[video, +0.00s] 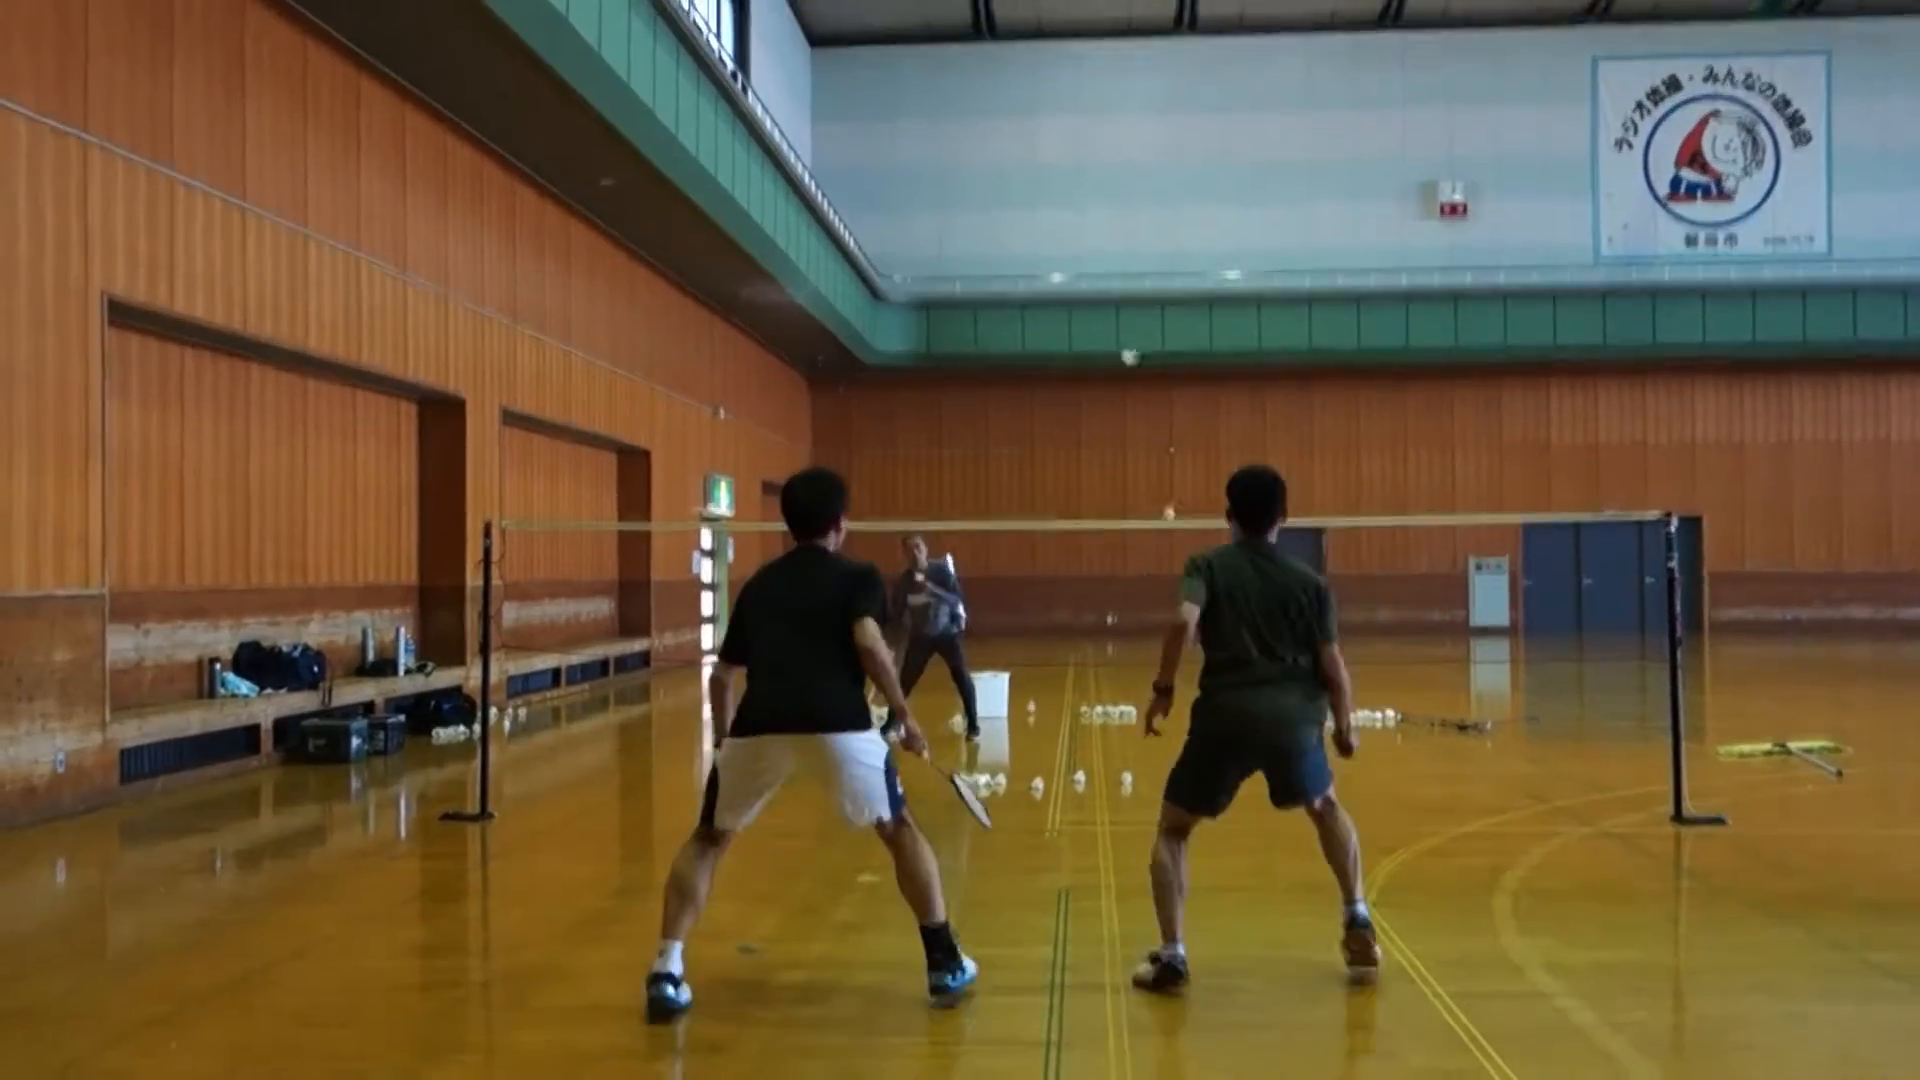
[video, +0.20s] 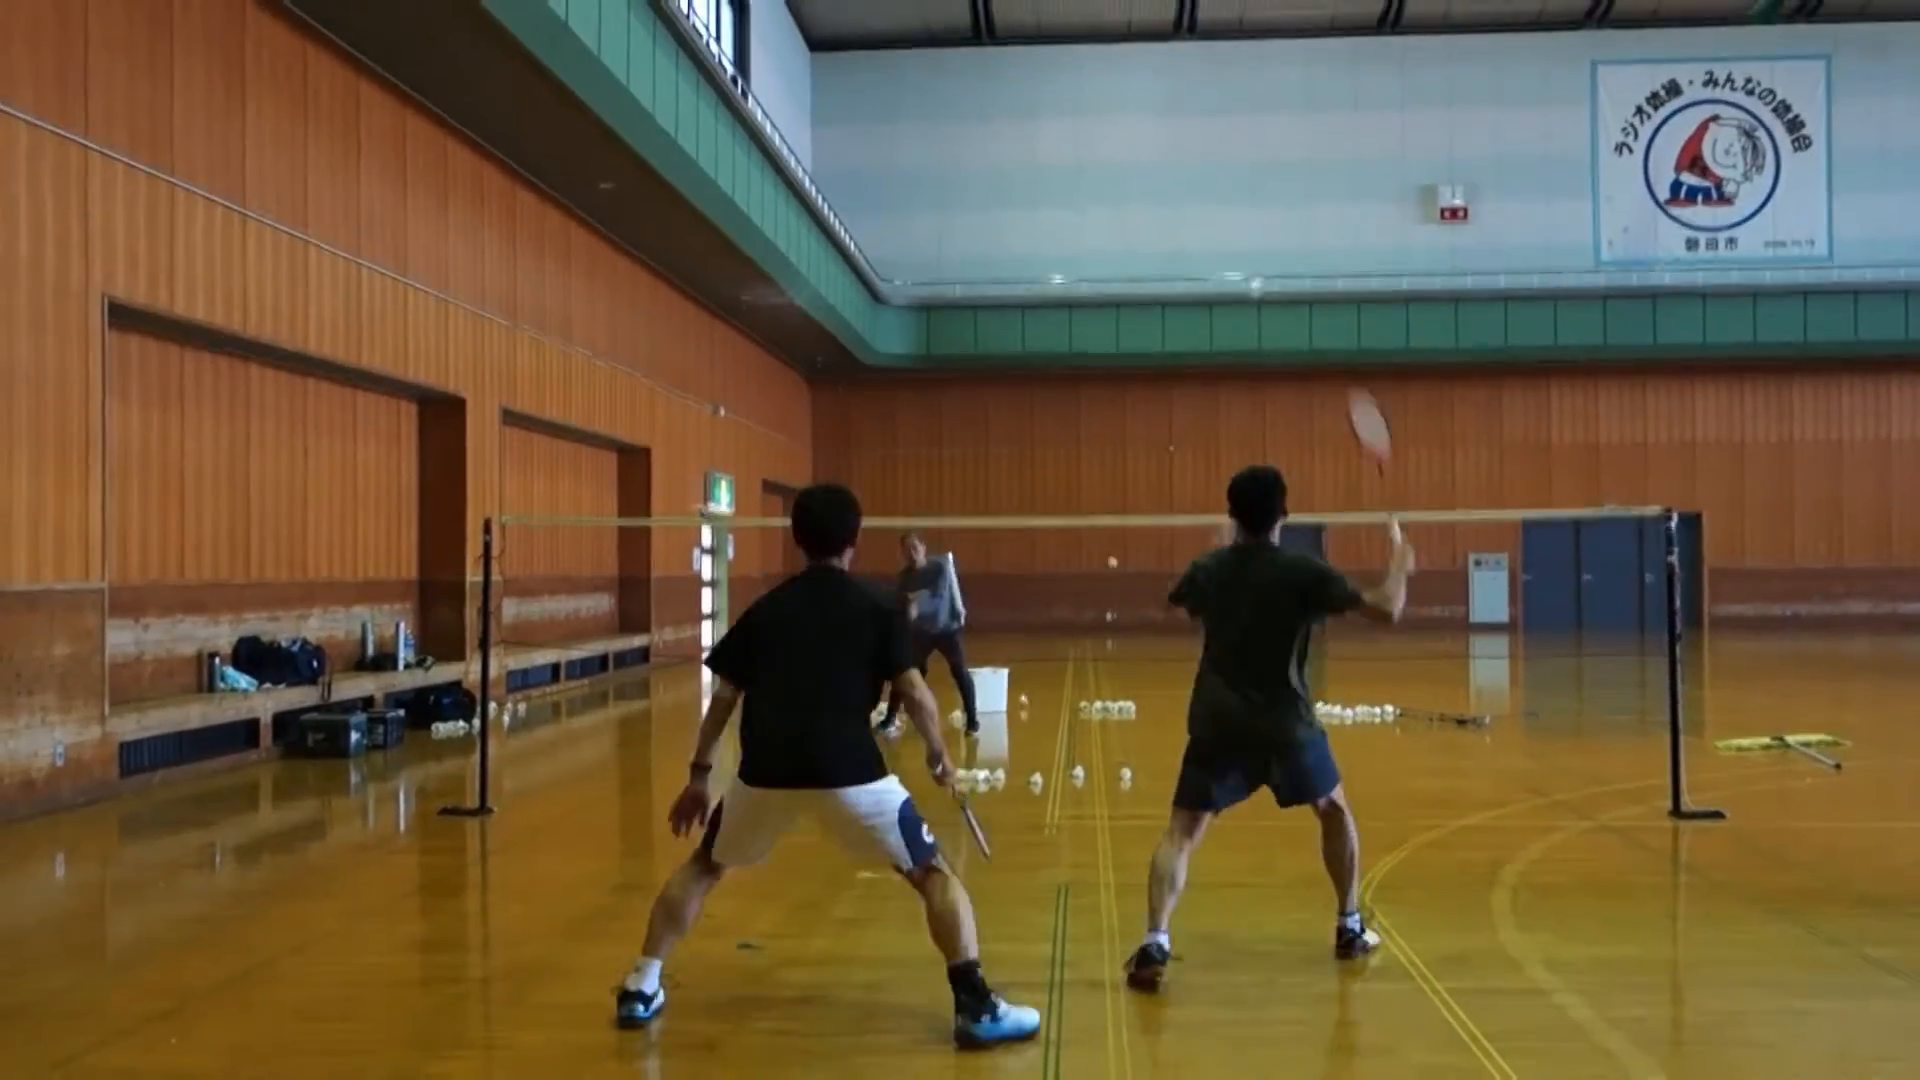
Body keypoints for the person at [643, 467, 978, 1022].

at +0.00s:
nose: (845, 528)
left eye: (841, 521)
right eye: (845, 521)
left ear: (788, 525)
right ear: (839, 524)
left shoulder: (759, 583)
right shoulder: (857, 576)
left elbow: (722, 676)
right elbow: (867, 642)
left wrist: (724, 744)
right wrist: (902, 712)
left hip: (762, 725)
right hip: (841, 724)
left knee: (707, 842)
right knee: (899, 831)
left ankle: (666, 971)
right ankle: (944, 960)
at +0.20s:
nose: (857, 543)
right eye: (856, 535)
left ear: (797, 539)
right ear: (854, 540)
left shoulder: (764, 609)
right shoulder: (877, 605)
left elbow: (722, 702)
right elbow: (912, 689)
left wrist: (697, 777)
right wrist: (938, 751)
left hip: (763, 777)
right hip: (851, 775)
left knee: (703, 866)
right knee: (935, 875)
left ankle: (641, 983)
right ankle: (976, 1005)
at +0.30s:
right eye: (882, 529)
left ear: (823, 536)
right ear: (882, 536)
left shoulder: (795, 609)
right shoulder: (912, 605)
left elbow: (745, 698)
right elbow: (956, 691)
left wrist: (711, 774)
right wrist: (971, 752)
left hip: (801, 778)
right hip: (887, 774)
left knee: (735, 871)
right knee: (971, 875)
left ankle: (654, 988)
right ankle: (987, 1013)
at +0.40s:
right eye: (894, 506)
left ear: (837, 513)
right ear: (896, 512)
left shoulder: (807, 584)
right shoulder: (932, 580)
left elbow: (748, 660)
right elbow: (973, 663)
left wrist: (736, 739)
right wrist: (993, 716)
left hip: (823, 753)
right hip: (909, 754)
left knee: (759, 858)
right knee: (970, 869)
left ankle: (723, 993)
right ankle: (987, 1013)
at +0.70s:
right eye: (899, 542)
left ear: (843, 549)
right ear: (901, 549)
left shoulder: (810, 619)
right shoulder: (929, 620)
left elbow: (764, 706)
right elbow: (958, 710)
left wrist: (747, 787)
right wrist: (974, 780)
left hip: (815, 795)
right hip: (901, 790)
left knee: (756, 906)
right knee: (992, 880)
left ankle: (692, 1037)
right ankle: (1064, 1009)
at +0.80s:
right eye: (917, 569)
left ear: (859, 578)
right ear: (918, 576)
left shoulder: (831, 647)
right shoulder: (941, 644)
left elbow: (786, 734)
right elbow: (973, 740)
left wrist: (761, 812)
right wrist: (993, 786)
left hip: (827, 816)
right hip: (914, 816)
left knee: (761, 918)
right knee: (1010, 909)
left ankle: (691, 1041)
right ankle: (1086, 1028)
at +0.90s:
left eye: (890, 566)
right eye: (935, 563)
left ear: (888, 575)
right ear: (946, 573)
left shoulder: (859, 646)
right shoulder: (981, 640)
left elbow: (812, 731)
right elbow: (1031, 719)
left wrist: (792, 801)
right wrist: (1033, 758)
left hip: (871, 819)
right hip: (962, 814)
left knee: (797, 910)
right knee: (1044, 892)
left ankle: (709, 1022)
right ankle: (1096, 1027)